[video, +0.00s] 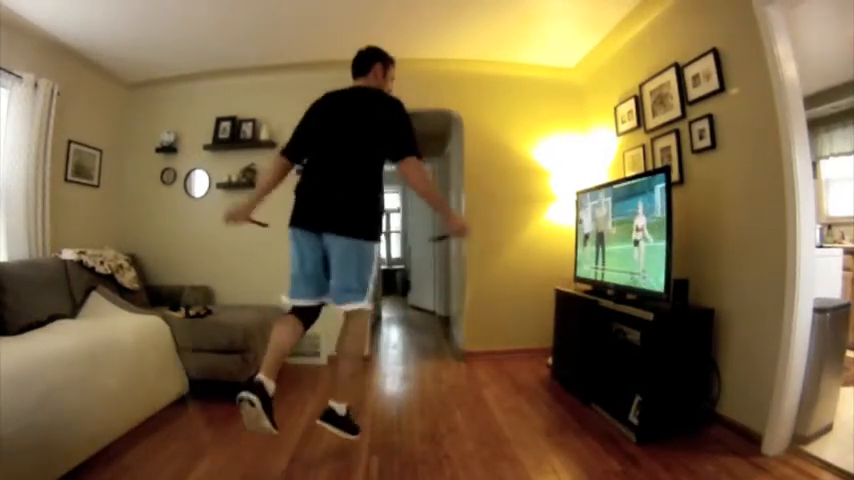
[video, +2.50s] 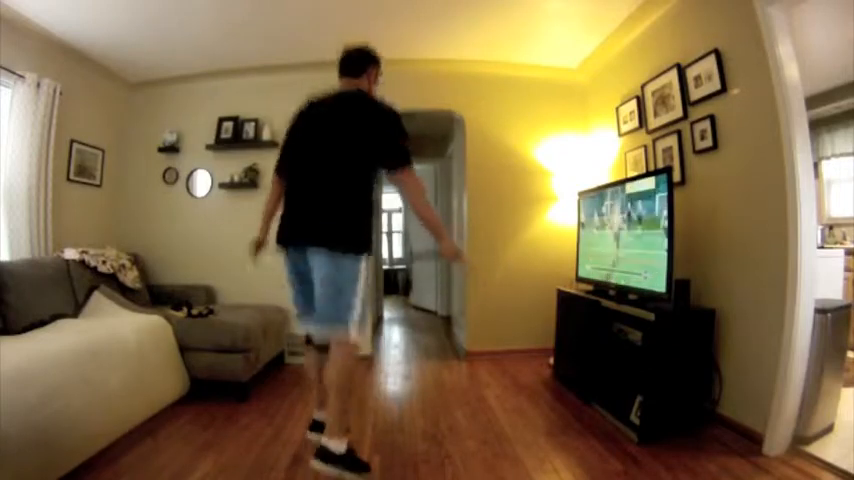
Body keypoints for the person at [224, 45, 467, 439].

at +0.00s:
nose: (392, 83)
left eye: (391, 77)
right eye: (391, 76)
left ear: (356, 73)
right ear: (379, 72)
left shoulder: (325, 103)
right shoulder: (389, 109)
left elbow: (286, 160)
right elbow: (411, 169)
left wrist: (251, 202)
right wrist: (448, 213)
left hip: (306, 217)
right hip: (354, 223)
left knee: (303, 307)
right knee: (356, 313)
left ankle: (263, 383)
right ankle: (339, 406)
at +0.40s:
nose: (388, 113)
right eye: (386, 105)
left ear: (349, 102)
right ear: (380, 100)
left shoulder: (320, 125)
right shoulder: (372, 103)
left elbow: (280, 164)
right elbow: (391, 148)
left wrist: (257, 208)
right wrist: (430, 191)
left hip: (299, 214)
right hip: (339, 213)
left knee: (325, 312)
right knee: (329, 316)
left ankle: (325, 396)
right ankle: (293, 419)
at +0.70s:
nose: (381, 106)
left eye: (380, 98)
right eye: (380, 98)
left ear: (341, 100)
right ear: (374, 98)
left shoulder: (315, 139)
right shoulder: (378, 138)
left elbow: (277, 192)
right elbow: (413, 200)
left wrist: (274, 211)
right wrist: (471, 213)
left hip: (301, 270)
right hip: (346, 273)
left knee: (330, 361)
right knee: (359, 376)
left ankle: (323, 435)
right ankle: (327, 463)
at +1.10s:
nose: (389, 68)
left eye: (386, 62)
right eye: (388, 62)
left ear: (351, 59)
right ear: (382, 59)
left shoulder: (322, 95)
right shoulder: (390, 93)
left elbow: (292, 162)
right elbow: (419, 154)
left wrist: (271, 212)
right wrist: (458, 202)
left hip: (311, 212)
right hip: (356, 211)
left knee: (337, 315)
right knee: (347, 314)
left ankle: (346, 410)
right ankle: (332, 417)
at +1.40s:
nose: (396, 97)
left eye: (391, 91)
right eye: (396, 91)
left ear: (358, 90)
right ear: (391, 90)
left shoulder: (332, 128)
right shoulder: (397, 129)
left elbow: (287, 174)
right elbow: (426, 187)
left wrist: (268, 200)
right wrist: (473, 205)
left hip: (319, 249)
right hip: (365, 252)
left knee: (343, 345)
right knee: (377, 354)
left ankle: (342, 425)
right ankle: (360, 453)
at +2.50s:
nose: (378, 84)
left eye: (376, 78)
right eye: (379, 78)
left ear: (340, 74)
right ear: (372, 76)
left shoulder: (309, 112)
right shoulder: (378, 116)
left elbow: (280, 178)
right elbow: (407, 182)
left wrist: (262, 229)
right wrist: (444, 238)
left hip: (296, 235)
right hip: (341, 238)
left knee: (316, 336)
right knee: (342, 340)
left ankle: (319, 416)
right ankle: (333, 443)